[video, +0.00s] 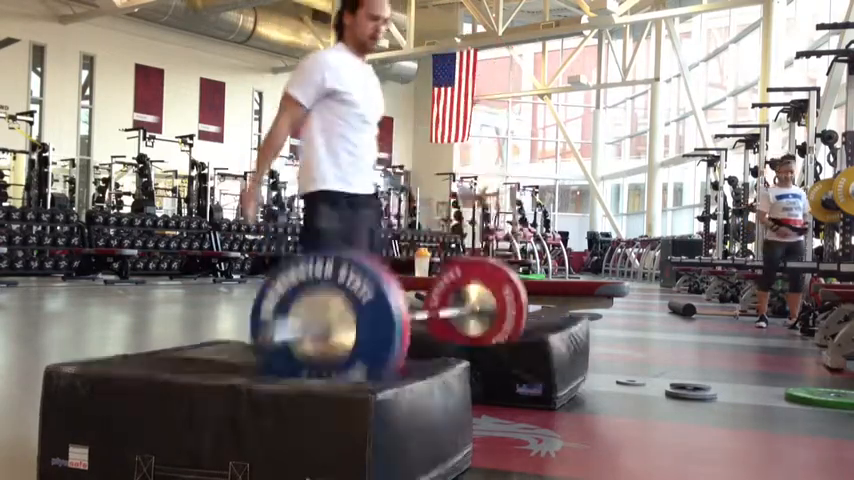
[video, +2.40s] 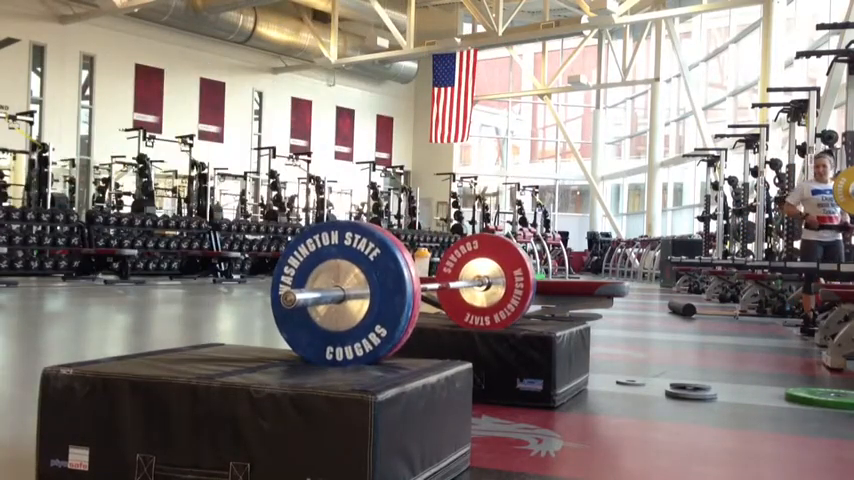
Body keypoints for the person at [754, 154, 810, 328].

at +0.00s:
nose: (788, 175)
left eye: (791, 172)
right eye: (784, 172)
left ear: (794, 173)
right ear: (777, 172)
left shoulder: (801, 193)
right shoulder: (768, 192)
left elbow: (806, 215)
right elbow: (761, 216)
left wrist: (805, 225)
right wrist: (776, 228)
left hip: (796, 240)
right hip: (774, 240)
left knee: (797, 277)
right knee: (768, 276)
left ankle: (793, 318)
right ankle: (762, 315)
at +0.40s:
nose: (803, 171)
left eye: (805, 168)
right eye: (799, 168)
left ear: (808, 170)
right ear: (792, 170)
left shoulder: (812, 190)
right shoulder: (785, 190)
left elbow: (818, 214)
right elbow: (778, 216)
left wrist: (820, 224)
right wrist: (798, 224)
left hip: (808, 239)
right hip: (790, 238)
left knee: (804, 279)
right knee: (789, 277)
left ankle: (794, 318)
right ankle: (778, 315)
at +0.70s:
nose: (809, 172)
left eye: (812, 169)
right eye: (805, 169)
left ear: (816, 171)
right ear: (799, 171)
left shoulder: (819, 191)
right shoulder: (790, 190)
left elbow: (823, 215)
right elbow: (782, 214)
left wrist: (825, 225)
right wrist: (803, 224)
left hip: (814, 239)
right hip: (796, 238)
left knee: (806, 276)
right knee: (801, 275)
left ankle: (795, 315)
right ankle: (805, 315)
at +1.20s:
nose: (810, 172)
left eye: (813, 169)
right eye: (807, 169)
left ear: (819, 171)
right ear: (802, 170)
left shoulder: (825, 190)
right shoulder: (795, 190)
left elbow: (829, 213)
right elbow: (790, 214)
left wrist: (831, 224)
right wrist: (813, 224)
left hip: (823, 238)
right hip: (803, 238)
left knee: (830, 274)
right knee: (807, 277)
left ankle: (821, 311)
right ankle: (808, 318)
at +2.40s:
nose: (820, 170)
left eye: (824, 166)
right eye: (817, 166)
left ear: (831, 168)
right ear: (813, 169)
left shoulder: (838, 187)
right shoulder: (805, 186)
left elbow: (845, 207)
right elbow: (787, 206)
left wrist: (845, 220)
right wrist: (805, 216)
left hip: (834, 238)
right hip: (812, 238)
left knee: (834, 278)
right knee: (810, 278)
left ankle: (832, 317)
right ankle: (809, 318)